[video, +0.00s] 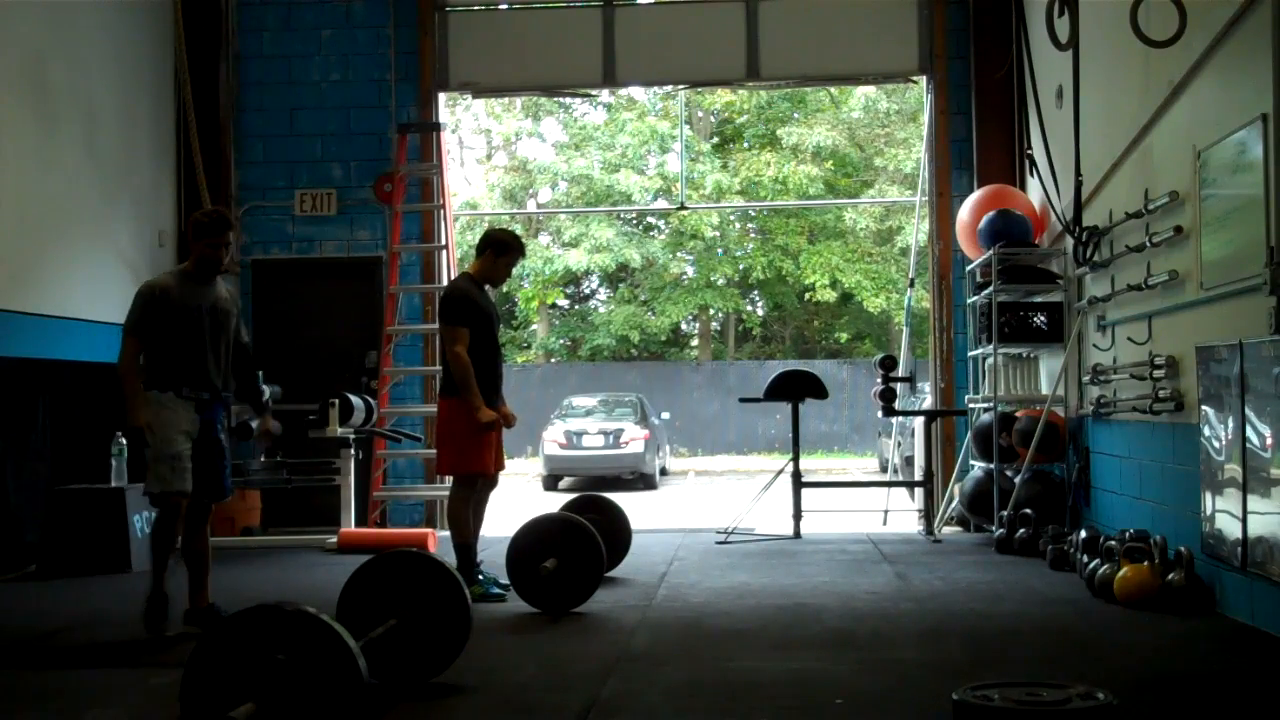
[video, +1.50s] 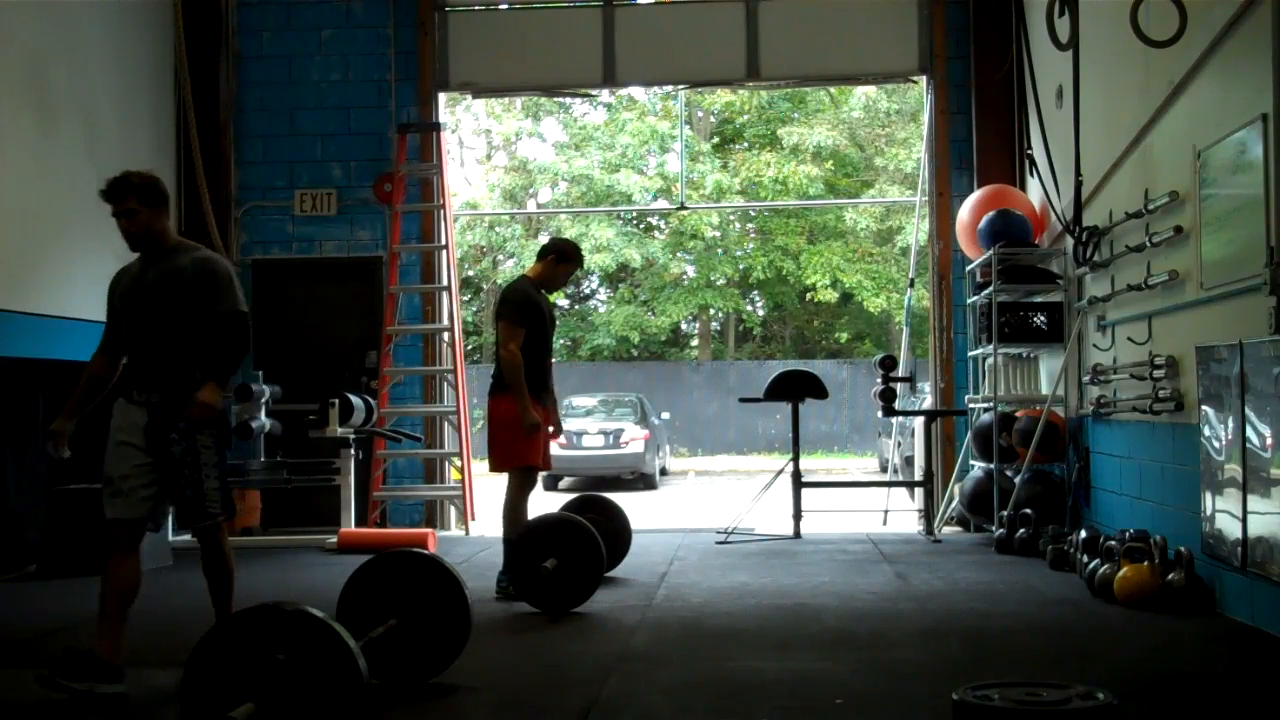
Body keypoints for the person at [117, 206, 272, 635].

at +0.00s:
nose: (225, 255)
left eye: (229, 247)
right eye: (218, 247)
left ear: (230, 248)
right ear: (196, 245)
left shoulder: (226, 298)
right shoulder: (157, 292)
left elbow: (241, 361)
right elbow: (129, 358)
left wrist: (260, 409)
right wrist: (135, 411)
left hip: (210, 413)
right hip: (165, 410)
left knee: (201, 511)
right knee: (173, 505)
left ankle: (200, 604)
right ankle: (158, 597)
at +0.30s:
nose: (227, 250)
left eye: (231, 243)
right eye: (218, 243)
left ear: (239, 244)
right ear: (199, 246)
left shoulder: (256, 296)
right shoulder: (173, 299)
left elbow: (281, 358)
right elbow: (141, 364)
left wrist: (316, 402)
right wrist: (126, 422)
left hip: (244, 416)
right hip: (197, 417)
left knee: (226, 515)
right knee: (221, 515)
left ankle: (203, 604)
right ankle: (238, 614)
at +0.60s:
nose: (214, 234)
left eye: (221, 226)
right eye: (205, 227)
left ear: (235, 229)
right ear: (192, 234)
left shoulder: (260, 283)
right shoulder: (175, 291)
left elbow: (286, 346)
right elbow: (155, 364)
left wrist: (311, 399)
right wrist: (155, 425)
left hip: (257, 412)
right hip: (203, 416)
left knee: (284, 505)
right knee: (222, 518)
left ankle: (263, 578)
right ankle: (240, 607)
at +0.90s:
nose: (211, 227)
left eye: (219, 219)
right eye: (202, 220)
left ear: (234, 225)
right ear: (189, 229)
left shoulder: (261, 281)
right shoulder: (170, 286)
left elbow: (292, 347)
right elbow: (151, 355)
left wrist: (321, 400)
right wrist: (164, 403)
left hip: (249, 415)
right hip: (196, 418)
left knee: (243, 519)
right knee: (217, 523)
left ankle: (244, 614)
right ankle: (242, 613)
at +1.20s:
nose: (180, 223)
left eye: (188, 213)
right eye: (173, 215)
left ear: (212, 210)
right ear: (165, 219)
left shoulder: (252, 273)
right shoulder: (156, 278)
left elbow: (285, 348)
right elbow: (128, 351)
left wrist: (305, 408)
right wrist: (94, 411)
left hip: (232, 412)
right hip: (171, 411)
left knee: (229, 524)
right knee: (151, 515)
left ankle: (229, 625)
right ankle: (199, 594)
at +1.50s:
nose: (122, 226)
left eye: (129, 215)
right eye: (118, 217)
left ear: (157, 211)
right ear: (121, 220)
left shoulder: (210, 270)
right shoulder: (125, 281)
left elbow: (237, 337)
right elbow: (108, 355)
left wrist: (215, 385)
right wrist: (71, 415)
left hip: (194, 418)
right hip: (135, 419)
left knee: (210, 533)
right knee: (122, 535)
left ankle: (225, 637)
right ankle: (108, 655)